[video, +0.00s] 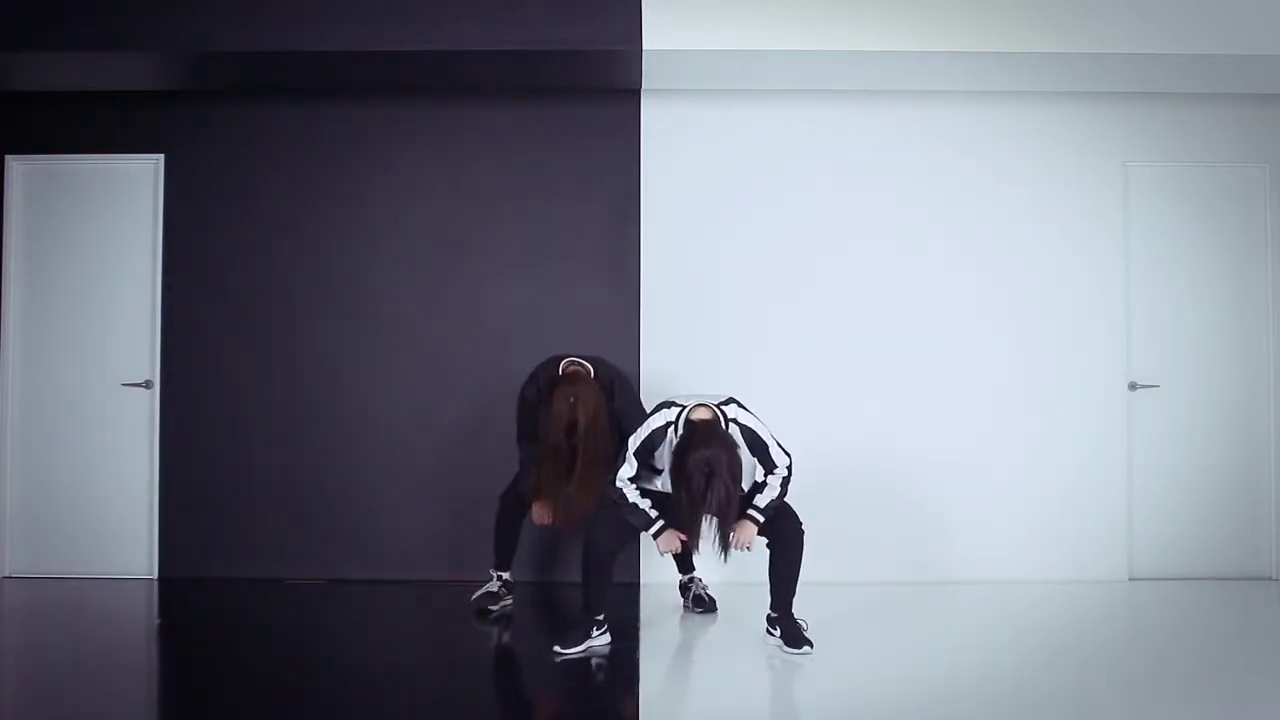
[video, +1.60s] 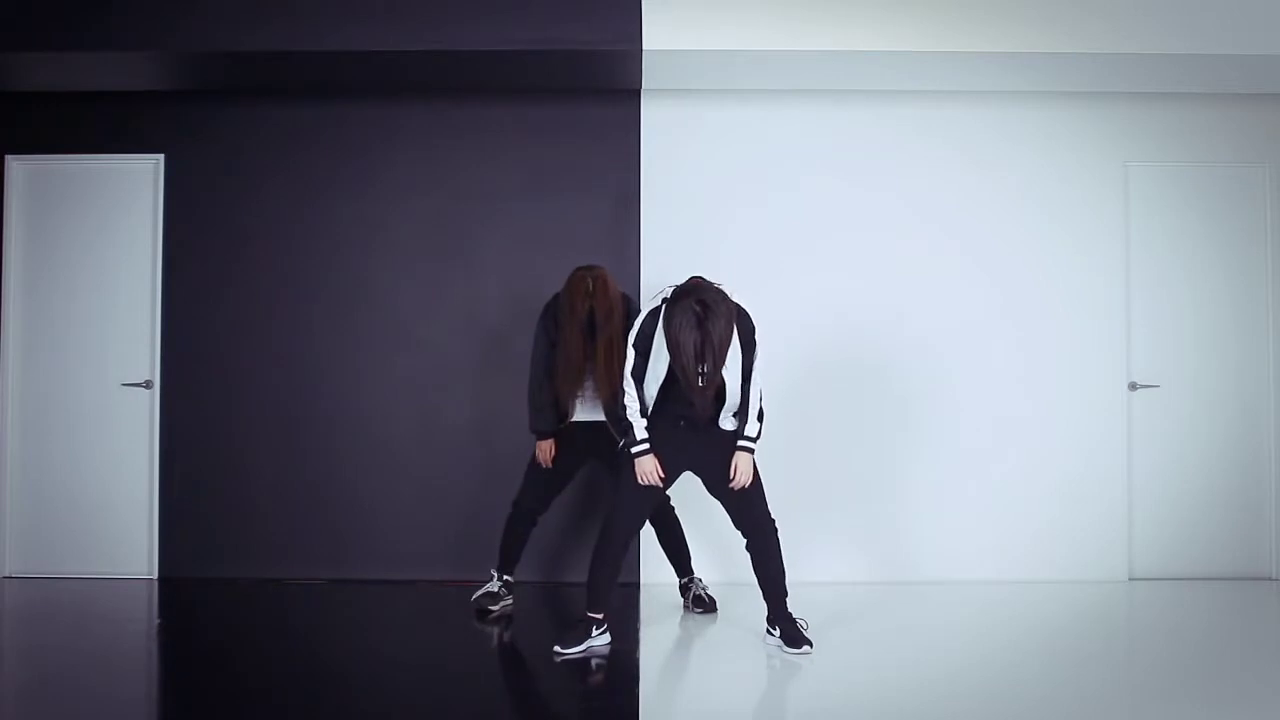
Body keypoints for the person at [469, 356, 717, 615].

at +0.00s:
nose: (572, 439)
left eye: (577, 433)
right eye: (566, 433)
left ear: (594, 404)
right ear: (553, 402)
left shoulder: (616, 388)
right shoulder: (534, 388)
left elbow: (640, 443)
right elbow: (527, 443)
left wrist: (603, 486)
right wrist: (539, 494)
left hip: (610, 459)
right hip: (554, 456)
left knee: (666, 506)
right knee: (511, 502)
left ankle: (690, 582)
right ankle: (501, 580)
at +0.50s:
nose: (589, 396)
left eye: (595, 391)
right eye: (582, 391)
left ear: (606, 366)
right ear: (565, 368)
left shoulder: (624, 356)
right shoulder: (544, 358)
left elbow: (644, 414)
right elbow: (540, 419)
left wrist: (636, 462)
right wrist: (549, 470)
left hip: (620, 442)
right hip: (564, 443)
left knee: (666, 502)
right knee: (517, 501)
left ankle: (690, 580)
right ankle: (502, 580)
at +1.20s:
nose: (594, 351)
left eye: (601, 345)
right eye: (586, 345)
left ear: (612, 327)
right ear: (574, 327)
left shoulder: (629, 327)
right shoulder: (555, 323)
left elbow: (645, 386)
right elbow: (542, 387)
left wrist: (640, 446)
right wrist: (546, 444)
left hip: (618, 436)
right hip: (568, 438)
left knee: (659, 502)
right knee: (524, 503)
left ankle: (690, 583)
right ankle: (501, 581)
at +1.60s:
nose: (593, 323)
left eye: (600, 315)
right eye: (585, 316)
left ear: (610, 302)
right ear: (572, 304)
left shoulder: (628, 312)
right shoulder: (556, 312)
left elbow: (642, 371)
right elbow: (540, 372)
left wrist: (644, 430)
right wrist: (544, 430)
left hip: (618, 430)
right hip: (567, 432)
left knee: (658, 504)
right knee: (528, 505)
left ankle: (690, 582)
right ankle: (501, 581)